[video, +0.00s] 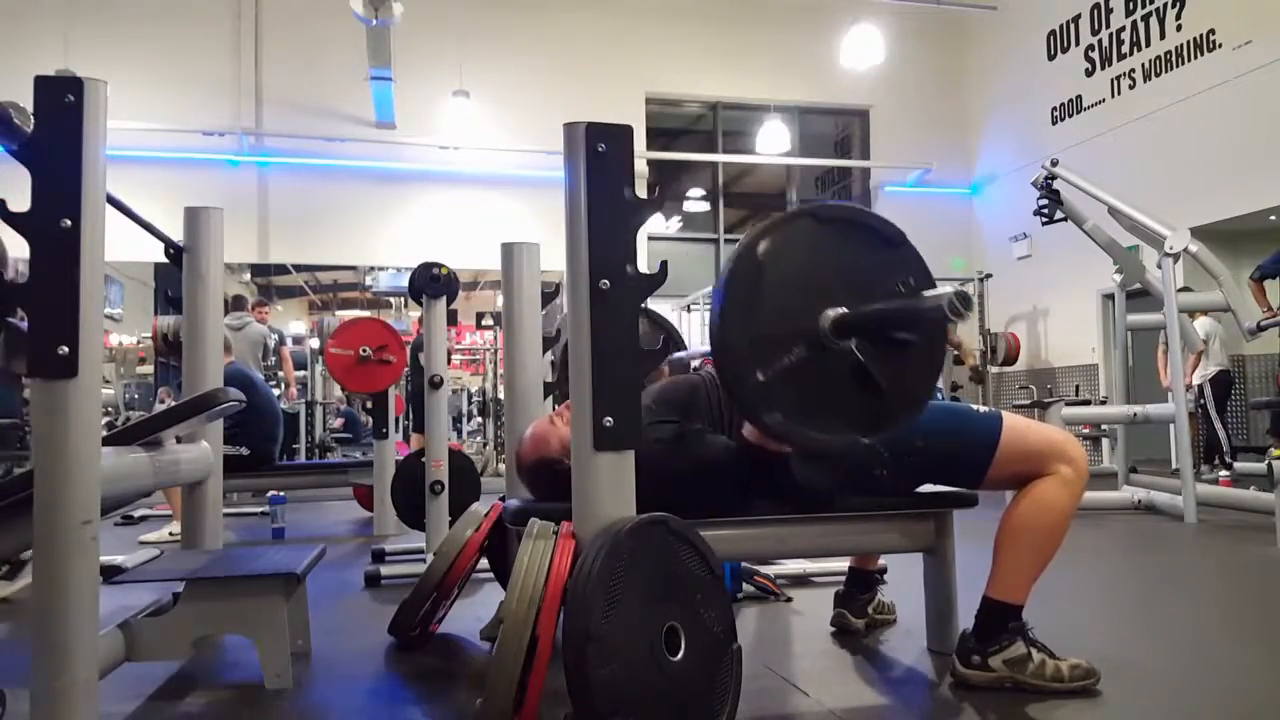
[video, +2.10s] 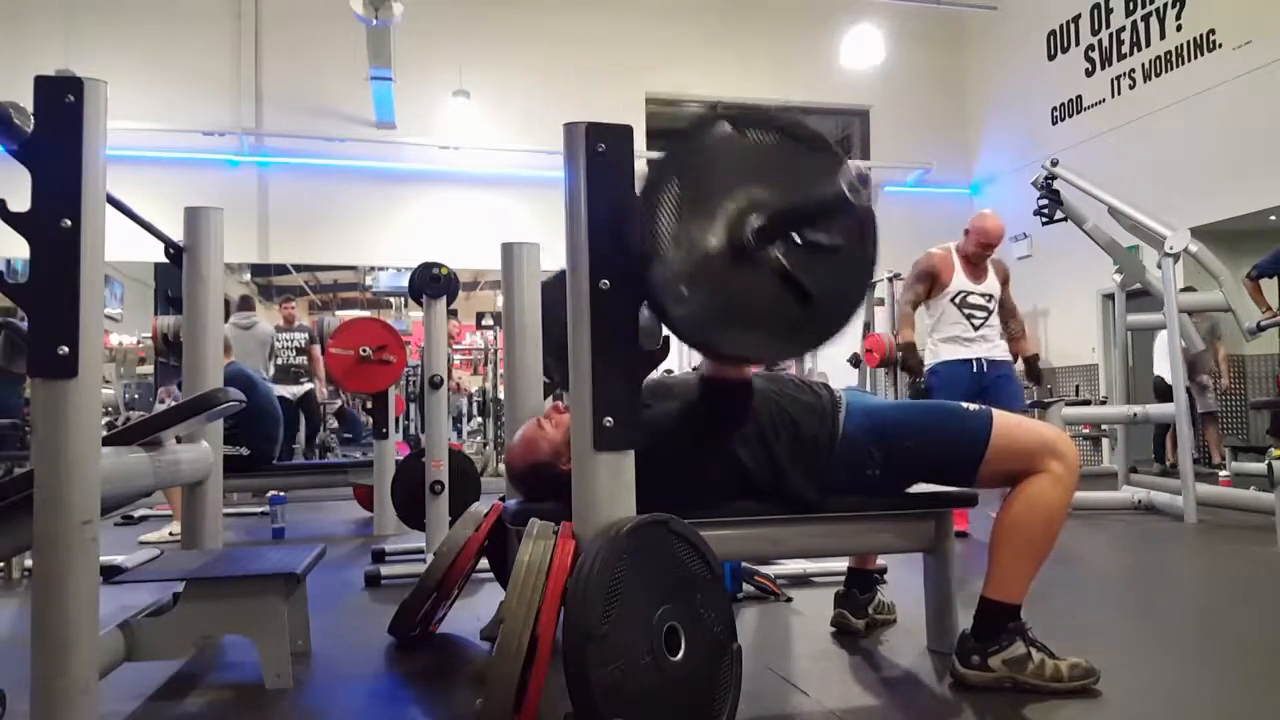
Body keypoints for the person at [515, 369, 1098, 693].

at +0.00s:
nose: (553, 409)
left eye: (544, 415)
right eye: (550, 422)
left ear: (562, 443)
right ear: (568, 450)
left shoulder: (622, 433)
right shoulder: (633, 454)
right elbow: (757, 442)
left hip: (808, 435)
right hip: (846, 444)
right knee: (1063, 457)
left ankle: (857, 597)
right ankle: (993, 640)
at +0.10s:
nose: (554, 408)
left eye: (545, 414)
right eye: (551, 422)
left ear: (564, 425)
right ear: (569, 448)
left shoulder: (626, 424)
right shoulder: (636, 453)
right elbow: (755, 451)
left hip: (807, 430)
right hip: (849, 438)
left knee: (901, 447)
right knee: (1063, 458)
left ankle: (858, 598)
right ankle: (994, 640)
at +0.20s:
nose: (556, 405)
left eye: (546, 412)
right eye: (551, 420)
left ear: (567, 450)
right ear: (571, 451)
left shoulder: (627, 427)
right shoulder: (642, 455)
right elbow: (766, 460)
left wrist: (655, 382)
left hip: (817, 424)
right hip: (848, 441)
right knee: (1063, 458)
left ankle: (857, 598)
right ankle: (993, 640)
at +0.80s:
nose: (553, 408)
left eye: (546, 412)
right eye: (547, 420)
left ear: (565, 433)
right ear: (563, 448)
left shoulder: (619, 430)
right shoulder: (623, 448)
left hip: (805, 428)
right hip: (857, 426)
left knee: (891, 439)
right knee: (1065, 457)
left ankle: (860, 595)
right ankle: (993, 643)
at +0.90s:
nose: (551, 417)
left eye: (546, 419)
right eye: (546, 423)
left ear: (558, 443)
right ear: (554, 449)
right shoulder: (582, 448)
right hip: (842, 426)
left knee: (901, 446)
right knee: (1061, 458)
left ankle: (858, 597)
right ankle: (994, 638)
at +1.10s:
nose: (559, 407)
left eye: (548, 411)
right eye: (552, 419)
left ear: (563, 455)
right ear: (570, 450)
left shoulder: (617, 440)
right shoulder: (638, 453)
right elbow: (691, 344)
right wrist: (699, 248)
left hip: (818, 424)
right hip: (847, 430)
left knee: (904, 430)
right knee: (1058, 452)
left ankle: (861, 591)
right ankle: (994, 639)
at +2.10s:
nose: (553, 410)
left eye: (544, 413)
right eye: (544, 425)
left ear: (561, 421)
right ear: (555, 461)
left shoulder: (607, 436)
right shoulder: (617, 460)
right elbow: (714, 408)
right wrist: (731, 306)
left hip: (814, 430)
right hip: (837, 435)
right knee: (1055, 456)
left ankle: (860, 595)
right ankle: (993, 640)